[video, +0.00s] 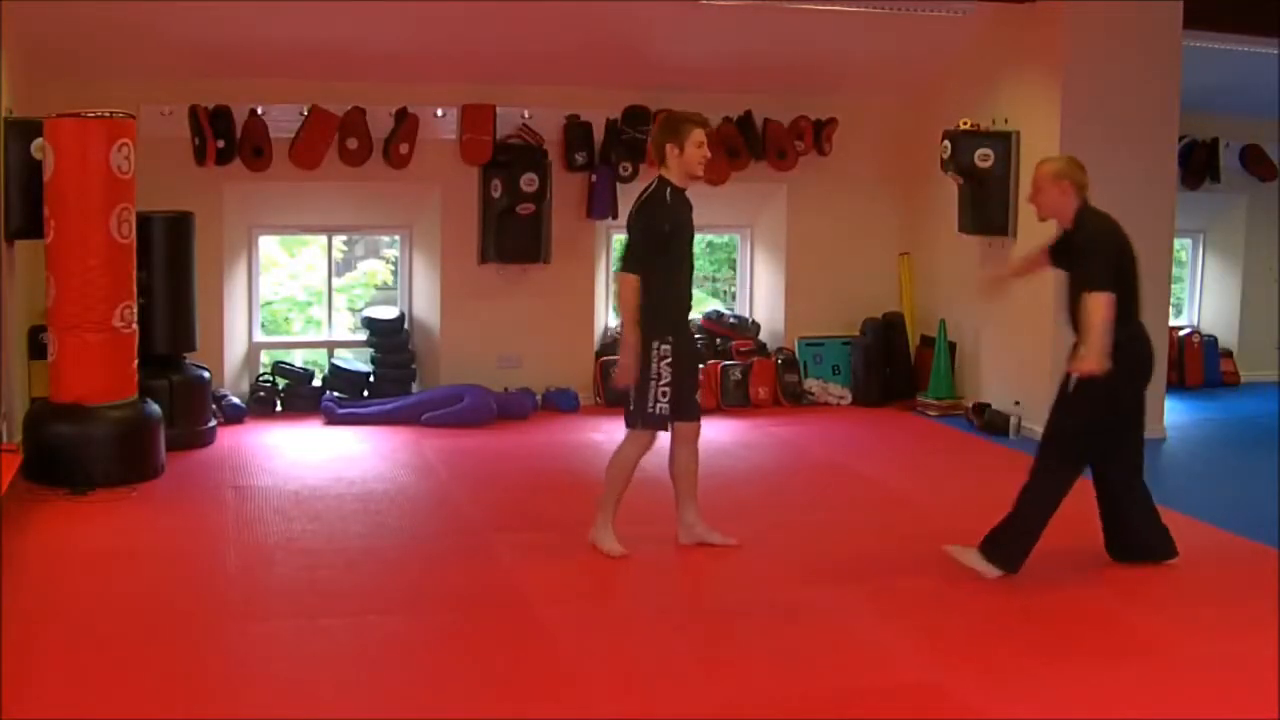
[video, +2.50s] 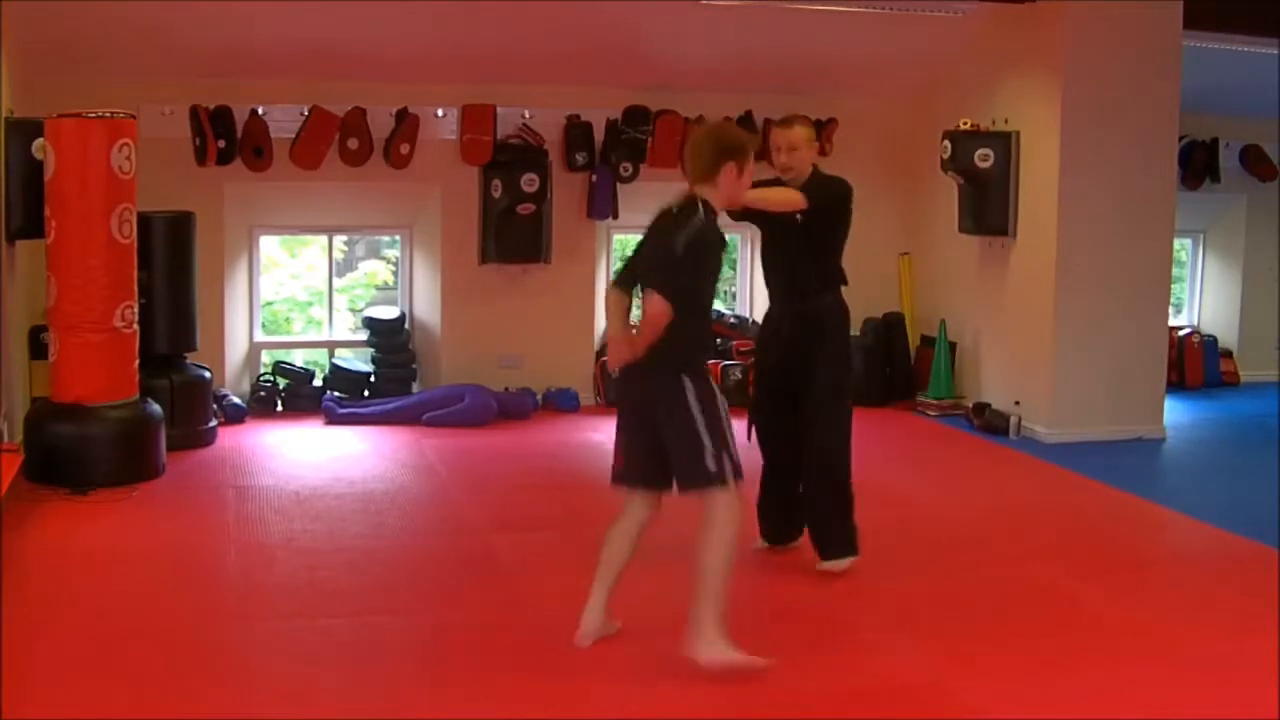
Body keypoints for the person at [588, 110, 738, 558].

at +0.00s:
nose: (707, 154)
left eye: (707, 146)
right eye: (699, 146)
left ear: (684, 152)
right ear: (672, 151)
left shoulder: (679, 201)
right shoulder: (654, 202)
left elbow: (669, 278)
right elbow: (628, 279)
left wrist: (679, 337)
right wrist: (628, 349)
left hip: (678, 332)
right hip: (652, 333)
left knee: (686, 429)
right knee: (642, 434)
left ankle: (690, 523)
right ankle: (602, 524)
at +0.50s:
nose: (687, 153)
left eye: (687, 145)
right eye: (679, 145)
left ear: (661, 152)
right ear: (652, 150)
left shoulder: (663, 201)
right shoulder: (632, 202)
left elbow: (642, 271)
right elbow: (595, 277)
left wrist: (603, 309)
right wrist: (601, 312)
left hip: (659, 329)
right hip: (628, 329)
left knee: (676, 420)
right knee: (618, 429)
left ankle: (656, 517)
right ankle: (599, 527)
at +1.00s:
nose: (706, 151)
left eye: (706, 144)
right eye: (698, 144)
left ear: (683, 151)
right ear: (670, 149)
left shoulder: (682, 199)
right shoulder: (653, 196)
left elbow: (667, 268)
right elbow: (623, 272)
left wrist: (628, 299)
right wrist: (623, 305)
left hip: (678, 326)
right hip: (654, 326)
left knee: (675, 426)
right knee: (659, 430)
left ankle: (657, 517)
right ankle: (607, 514)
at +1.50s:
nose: (738, 168)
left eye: (739, 160)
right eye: (732, 159)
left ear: (707, 161)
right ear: (703, 158)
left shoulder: (697, 206)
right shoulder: (672, 204)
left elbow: (666, 266)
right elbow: (625, 268)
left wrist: (631, 298)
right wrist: (626, 301)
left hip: (680, 333)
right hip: (656, 334)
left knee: (708, 417)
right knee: (666, 438)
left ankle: (685, 504)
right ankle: (629, 532)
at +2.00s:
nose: (774, 297)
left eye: (774, 288)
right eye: (770, 287)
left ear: (739, 285)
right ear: (743, 286)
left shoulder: (704, 302)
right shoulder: (681, 321)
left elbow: (653, 328)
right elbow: (617, 355)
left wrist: (617, 348)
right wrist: (587, 365)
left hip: (653, 382)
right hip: (619, 388)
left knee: (690, 452)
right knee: (662, 481)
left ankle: (683, 512)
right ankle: (603, 578)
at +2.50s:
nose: (748, 185)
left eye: (747, 174)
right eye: (746, 174)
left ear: (698, 170)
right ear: (727, 172)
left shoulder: (670, 218)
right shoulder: (700, 224)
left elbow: (618, 288)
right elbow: (659, 302)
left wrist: (614, 344)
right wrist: (635, 348)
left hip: (642, 378)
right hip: (681, 378)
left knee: (640, 500)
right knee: (725, 503)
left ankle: (594, 616)